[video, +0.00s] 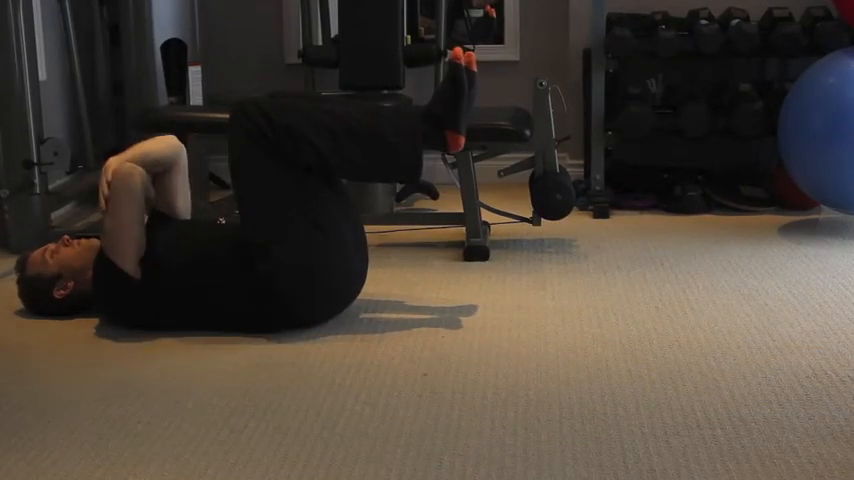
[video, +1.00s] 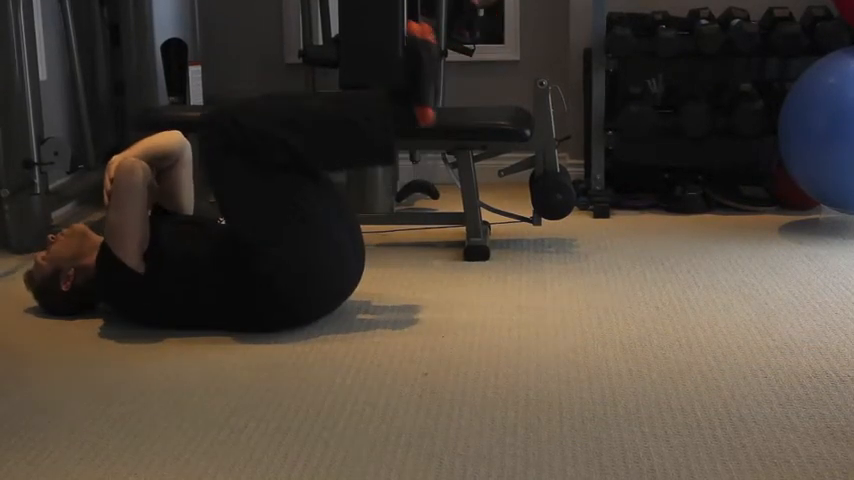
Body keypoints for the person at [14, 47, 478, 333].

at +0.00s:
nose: (68, 237)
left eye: (56, 238)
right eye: (54, 252)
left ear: (76, 238)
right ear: (66, 288)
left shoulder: (151, 251)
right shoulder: (118, 291)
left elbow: (171, 150)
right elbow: (124, 177)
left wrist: (117, 171)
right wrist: (118, 175)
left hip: (320, 264)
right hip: (298, 283)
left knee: (266, 118)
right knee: (257, 121)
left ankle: (426, 124)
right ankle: (429, 130)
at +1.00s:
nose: (57, 236)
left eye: (47, 241)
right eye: (51, 248)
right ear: (72, 278)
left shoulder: (153, 253)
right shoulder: (120, 283)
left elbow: (177, 144)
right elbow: (129, 171)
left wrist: (122, 167)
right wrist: (123, 170)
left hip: (320, 262)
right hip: (297, 276)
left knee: (229, 129)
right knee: (227, 132)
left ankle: (395, 104)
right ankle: (399, 116)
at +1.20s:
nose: (56, 236)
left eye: (46, 244)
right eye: (52, 251)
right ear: (73, 278)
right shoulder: (125, 282)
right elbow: (131, 165)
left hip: (328, 242)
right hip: (295, 262)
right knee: (180, 142)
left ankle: (339, 73)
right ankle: (340, 77)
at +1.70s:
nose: (54, 231)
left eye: (43, 239)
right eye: (48, 245)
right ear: (67, 278)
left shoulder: (151, 258)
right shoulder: (114, 286)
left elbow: (178, 164)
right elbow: (122, 172)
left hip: (326, 251)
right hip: (292, 269)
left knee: (165, 126)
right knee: (166, 127)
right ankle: (354, 110)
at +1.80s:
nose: (66, 232)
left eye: (54, 235)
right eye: (53, 245)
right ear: (65, 283)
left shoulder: (152, 254)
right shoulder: (115, 291)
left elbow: (173, 148)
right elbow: (116, 178)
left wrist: (115, 186)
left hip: (325, 268)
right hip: (297, 285)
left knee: (264, 125)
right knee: (252, 125)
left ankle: (416, 122)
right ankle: (413, 130)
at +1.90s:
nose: (71, 244)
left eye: (64, 245)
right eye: (60, 255)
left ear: (81, 249)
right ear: (66, 291)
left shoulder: (156, 253)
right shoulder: (119, 298)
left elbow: (169, 150)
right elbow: (109, 181)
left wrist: (110, 186)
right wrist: (132, 187)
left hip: (328, 272)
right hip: (306, 290)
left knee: (326, 121)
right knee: (311, 124)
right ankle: (472, 179)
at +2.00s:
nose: (84, 250)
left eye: (77, 249)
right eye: (73, 259)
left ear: (94, 257)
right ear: (80, 293)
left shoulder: (160, 250)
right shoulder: (131, 297)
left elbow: (168, 148)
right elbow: (115, 174)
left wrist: (117, 204)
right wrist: (127, 219)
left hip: (331, 263)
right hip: (323, 290)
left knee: (376, 125)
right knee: (370, 130)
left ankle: (488, 225)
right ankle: (520, 221)